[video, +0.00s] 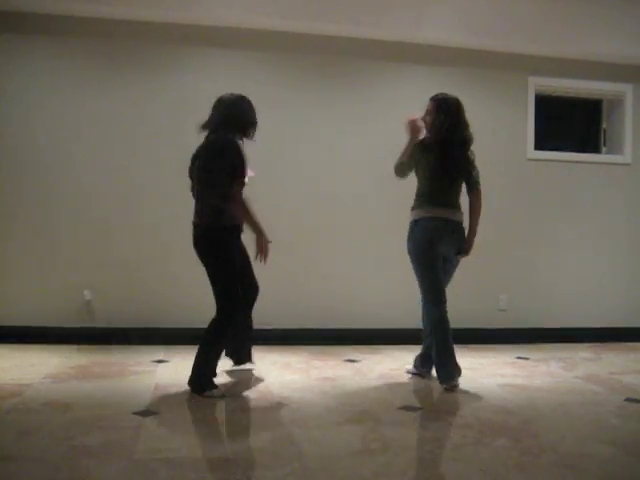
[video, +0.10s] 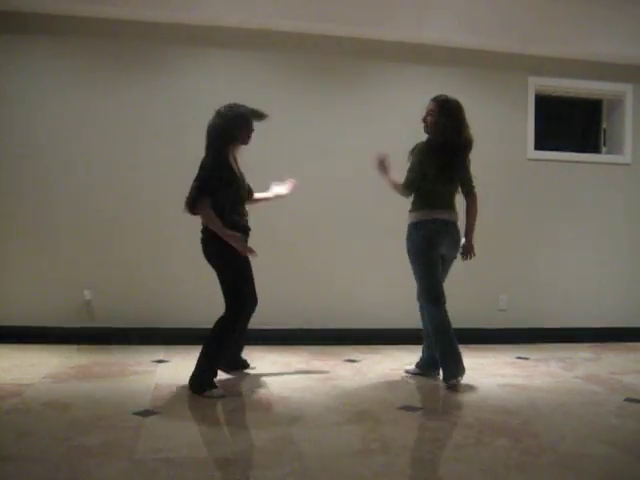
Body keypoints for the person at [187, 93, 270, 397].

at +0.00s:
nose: (252, 126)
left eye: (252, 120)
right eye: (250, 120)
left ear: (219, 116)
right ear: (240, 119)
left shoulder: (208, 146)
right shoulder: (229, 148)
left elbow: (200, 188)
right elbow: (233, 196)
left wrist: (236, 185)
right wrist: (259, 231)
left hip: (212, 232)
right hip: (218, 235)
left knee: (247, 289)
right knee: (229, 304)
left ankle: (239, 351)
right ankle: (201, 380)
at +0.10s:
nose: (251, 132)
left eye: (251, 126)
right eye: (247, 126)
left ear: (233, 130)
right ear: (233, 129)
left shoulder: (231, 160)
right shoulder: (215, 162)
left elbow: (242, 199)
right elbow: (201, 208)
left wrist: (273, 193)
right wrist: (230, 236)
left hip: (234, 241)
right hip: (219, 243)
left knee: (247, 301)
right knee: (238, 305)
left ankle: (229, 356)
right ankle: (201, 379)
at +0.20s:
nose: (244, 130)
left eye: (248, 125)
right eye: (238, 125)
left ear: (251, 128)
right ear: (224, 127)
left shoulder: (243, 154)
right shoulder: (214, 157)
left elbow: (253, 185)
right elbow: (194, 198)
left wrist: (276, 206)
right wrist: (209, 211)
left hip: (236, 236)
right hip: (220, 237)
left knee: (245, 300)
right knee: (242, 302)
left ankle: (227, 356)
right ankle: (204, 376)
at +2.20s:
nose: (260, 157)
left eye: (262, 153)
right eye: (260, 151)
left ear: (249, 143)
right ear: (251, 143)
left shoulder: (243, 164)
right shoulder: (226, 152)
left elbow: (250, 204)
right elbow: (214, 190)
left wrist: (276, 189)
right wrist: (226, 187)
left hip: (250, 235)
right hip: (241, 235)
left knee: (249, 298)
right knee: (247, 299)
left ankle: (231, 354)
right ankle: (222, 370)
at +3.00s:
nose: (242, 154)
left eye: (243, 149)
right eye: (241, 147)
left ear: (224, 139)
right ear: (230, 141)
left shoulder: (223, 156)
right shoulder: (215, 155)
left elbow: (256, 174)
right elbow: (247, 181)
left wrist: (292, 184)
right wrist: (273, 197)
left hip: (244, 235)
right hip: (238, 237)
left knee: (246, 299)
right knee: (246, 300)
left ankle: (227, 352)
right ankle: (220, 371)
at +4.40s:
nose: (214, 162)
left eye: (213, 158)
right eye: (211, 159)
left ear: (192, 163)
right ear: (200, 162)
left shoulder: (208, 186)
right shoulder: (207, 189)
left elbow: (249, 196)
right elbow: (243, 216)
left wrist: (286, 195)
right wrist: (288, 218)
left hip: (256, 241)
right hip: (259, 244)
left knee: (252, 305)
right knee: (252, 308)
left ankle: (231, 353)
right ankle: (219, 373)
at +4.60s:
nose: (193, 162)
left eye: (191, 156)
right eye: (186, 165)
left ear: (198, 157)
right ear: (182, 179)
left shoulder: (213, 186)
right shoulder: (209, 194)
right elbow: (238, 231)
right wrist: (272, 256)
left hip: (263, 237)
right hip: (260, 242)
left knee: (256, 305)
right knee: (256, 307)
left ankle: (232, 353)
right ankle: (221, 372)